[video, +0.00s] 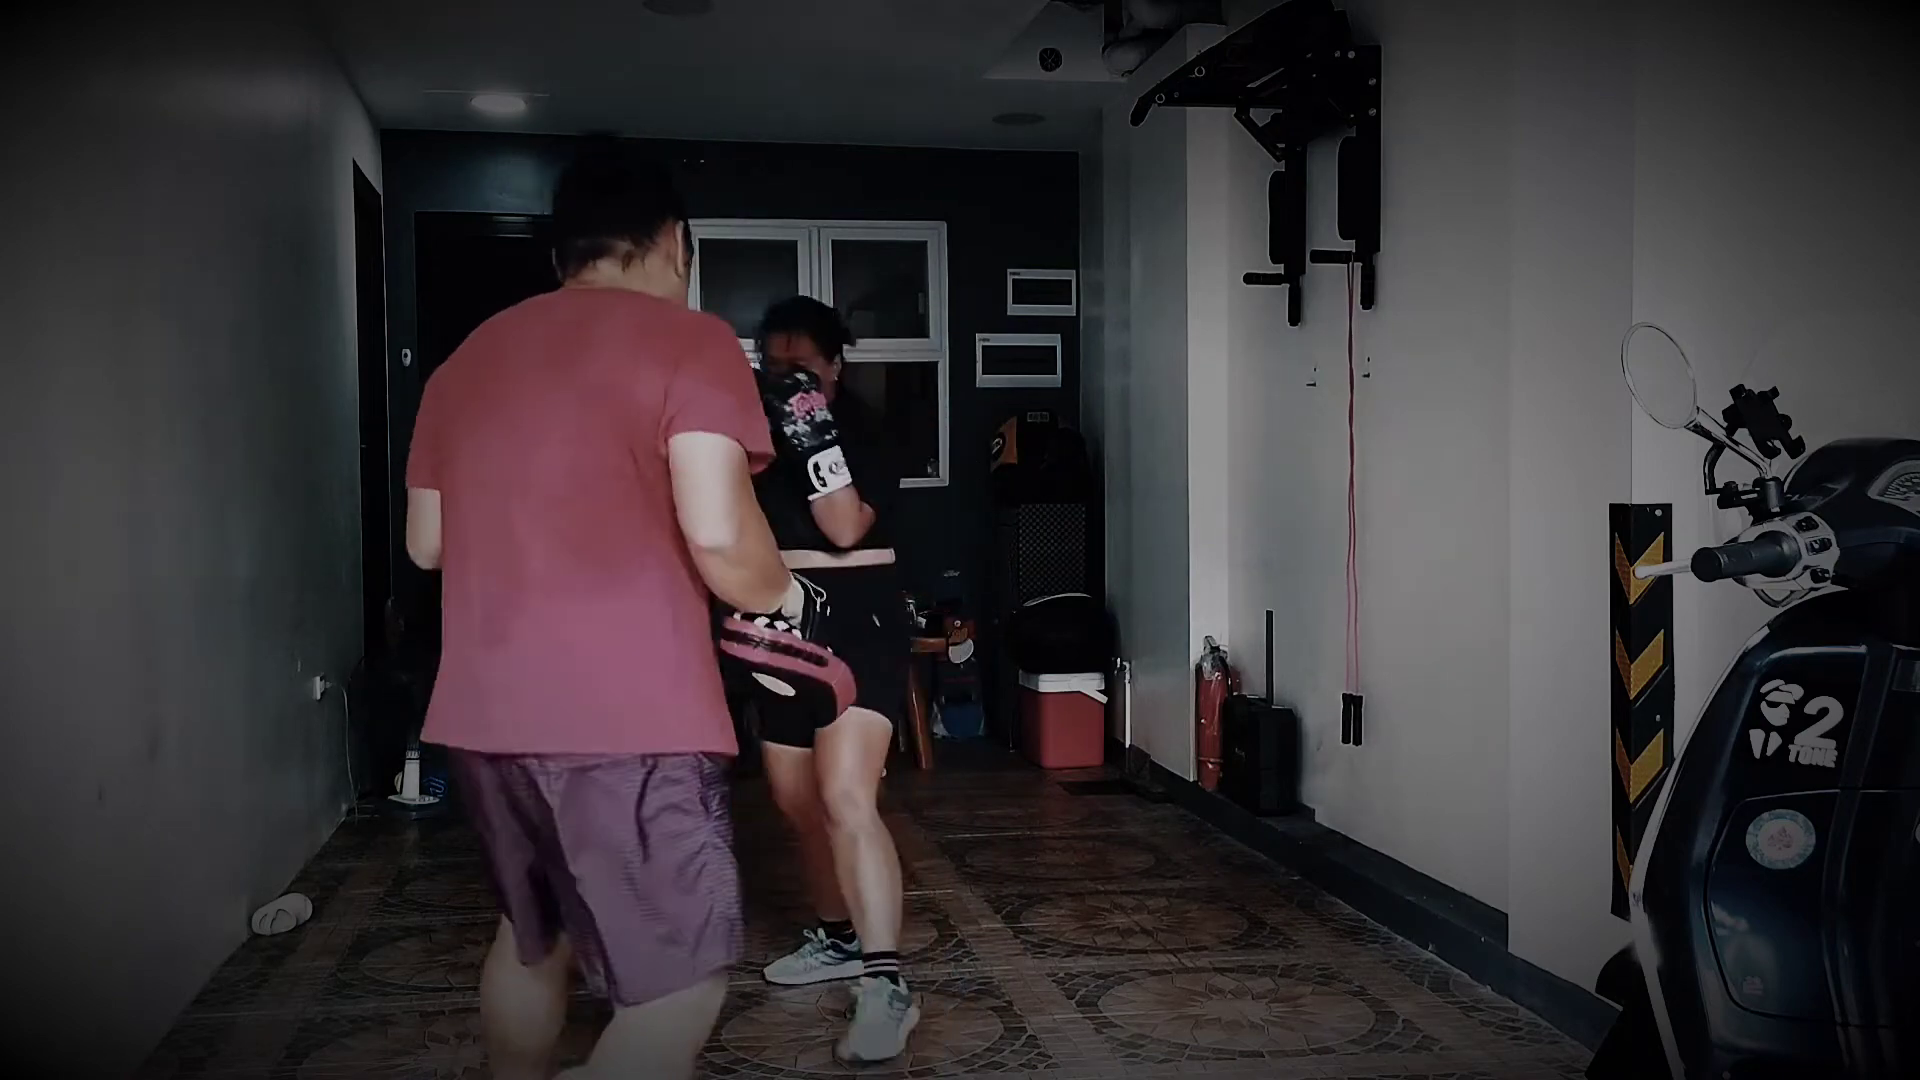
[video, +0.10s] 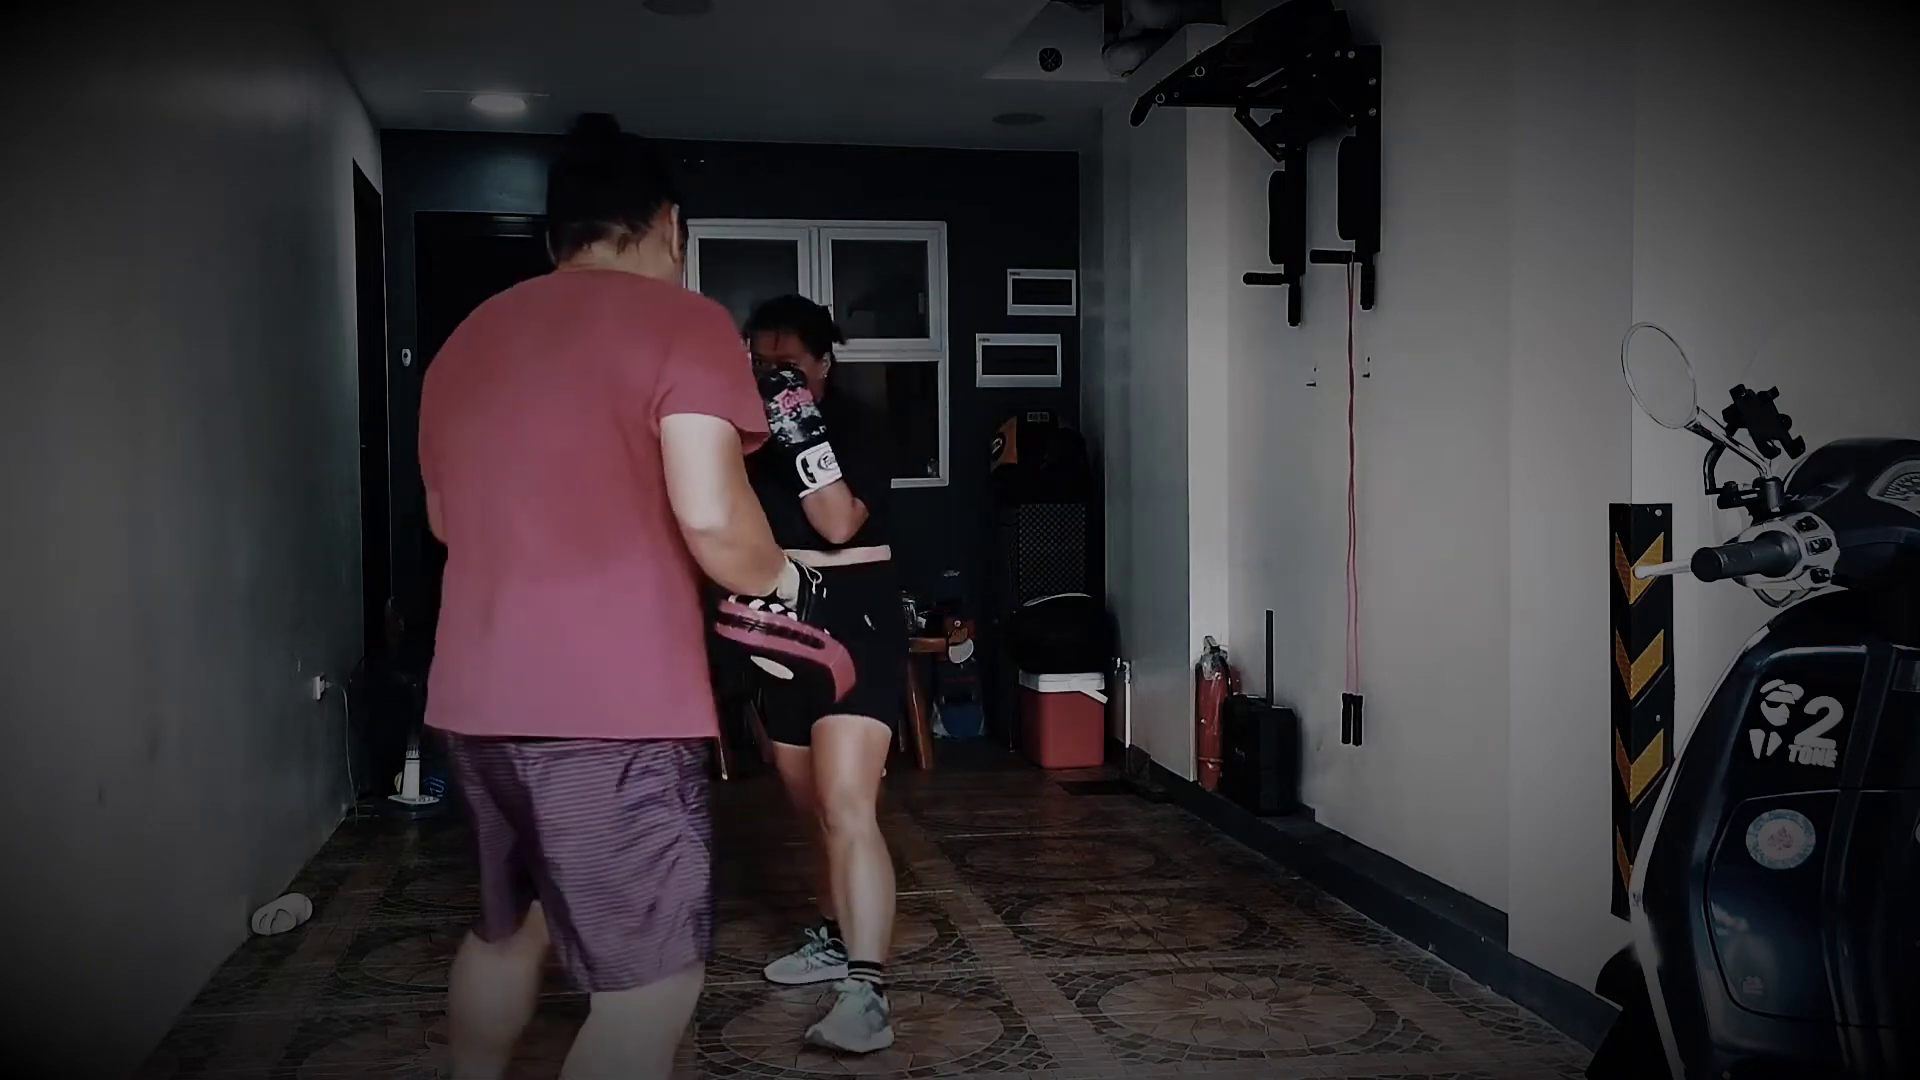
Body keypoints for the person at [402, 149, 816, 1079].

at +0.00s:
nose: (688, 271)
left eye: (686, 253)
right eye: (687, 252)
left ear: (566, 250)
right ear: (669, 241)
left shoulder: (464, 361)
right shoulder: (686, 336)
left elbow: (426, 541)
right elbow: (719, 536)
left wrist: (547, 527)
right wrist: (782, 593)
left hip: (481, 725)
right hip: (631, 727)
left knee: (528, 933)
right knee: (676, 984)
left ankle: (510, 1077)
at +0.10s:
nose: (684, 256)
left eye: (681, 236)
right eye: (681, 235)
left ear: (562, 234)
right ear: (664, 225)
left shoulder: (466, 340)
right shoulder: (678, 318)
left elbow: (448, 518)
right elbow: (712, 520)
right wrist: (774, 574)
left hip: (471, 705)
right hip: (614, 712)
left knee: (506, 921)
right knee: (651, 979)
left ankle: (470, 1073)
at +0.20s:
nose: (670, 254)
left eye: (666, 236)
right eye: (668, 234)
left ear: (552, 232)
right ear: (650, 227)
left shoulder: (465, 340)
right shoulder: (663, 325)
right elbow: (707, 529)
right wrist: (771, 576)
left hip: (452, 712)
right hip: (597, 721)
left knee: (482, 925)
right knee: (653, 971)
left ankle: (442, 1075)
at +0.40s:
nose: (635, 293)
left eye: (632, 270)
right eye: (632, 268)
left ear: (520, 258)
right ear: (612, 254)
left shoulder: (437, 356)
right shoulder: (606, 356)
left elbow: (506, 514)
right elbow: (641, 550)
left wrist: (665, 509)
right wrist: (721, 588)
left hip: (398, 713)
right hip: (523, 726)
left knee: (451, 930)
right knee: (592, 971)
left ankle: (428, 1074)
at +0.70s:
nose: (560, 276)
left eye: (559, 260)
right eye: (558, 257)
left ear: (447, 244)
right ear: (533, 242)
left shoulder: (373, 338)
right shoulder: (514, 337)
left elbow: (439, 493)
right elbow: (553, 519)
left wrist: (585, 559)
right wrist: (645, 539)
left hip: (332, 687)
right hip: (430, 697)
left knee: (417, 934)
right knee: (458, 945)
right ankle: (316, 1067)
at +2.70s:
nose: (576, 226)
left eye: (573, 204)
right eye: (571, 202)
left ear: (451, 191)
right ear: (542, 186)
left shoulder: (334, 315)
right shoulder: (553, 288)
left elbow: (285, 511)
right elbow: (605, 495)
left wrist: (454, 511)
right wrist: (680, 503)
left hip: (339, 722)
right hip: (490, 723)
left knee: (413, 976)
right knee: (520, 1012)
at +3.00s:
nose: (538, 257)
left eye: (538, 237)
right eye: (537, 233)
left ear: (418, 214)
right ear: (512, 214)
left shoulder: (304, 326)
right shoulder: (514, 309)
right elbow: (642, 477)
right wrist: (658, 392)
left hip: (311, 734)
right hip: (457, 740)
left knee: (376, 997)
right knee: (488, 1008)